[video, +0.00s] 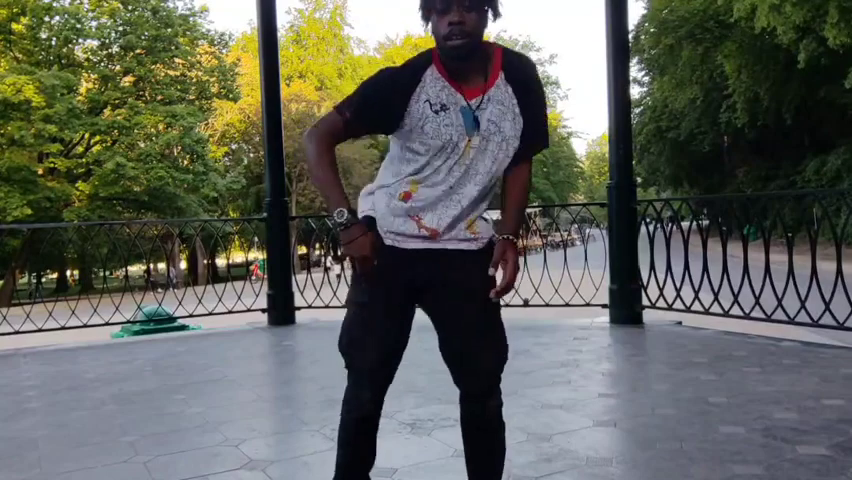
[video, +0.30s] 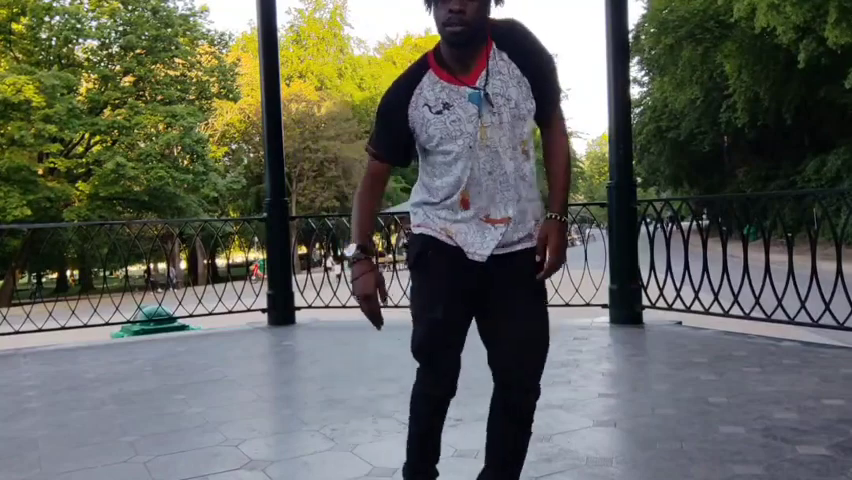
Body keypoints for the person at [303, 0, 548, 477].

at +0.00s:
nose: (454, 19)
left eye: (466, 8)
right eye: (442, 10)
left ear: (486, 14)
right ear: (428, 19)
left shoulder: (517, 75)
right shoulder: (404, 81)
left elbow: (519, 159)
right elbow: (317, 137)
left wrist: (509, 235)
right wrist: (345, 222)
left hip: (464, 258)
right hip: (388, 254)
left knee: (482, 392)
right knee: (364, 395)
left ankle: (487, 478)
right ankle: (350, 479)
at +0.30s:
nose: (455, 10)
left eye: (466, 0)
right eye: (443, 2)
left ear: (487, 6)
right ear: (431, 10)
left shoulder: (516, 45)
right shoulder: (407, 93)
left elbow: (554, 128)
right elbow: (374, 176)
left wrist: (556, 215)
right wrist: (362, 254)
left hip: (516, 250)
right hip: (441, 250)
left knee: (520, 387)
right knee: (436, 379)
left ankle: (499, 476)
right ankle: (419, 473)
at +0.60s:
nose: (466, 11)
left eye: (478, 2)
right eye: (454, 1)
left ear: (493, 9)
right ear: (436, 8)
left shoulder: (521, 61)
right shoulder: (416, 67)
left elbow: (571, 130)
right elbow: (406, 152)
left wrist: (619, 199)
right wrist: (407, 230)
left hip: (490, 243)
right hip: (430, 246)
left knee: (500, 377)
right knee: (436, 377)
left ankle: (570, 468)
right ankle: (448, 472)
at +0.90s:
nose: (422, 24)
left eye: (436, 13)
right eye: (410, 13)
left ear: (453, 21)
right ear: (393, 19)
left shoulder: (480, 93)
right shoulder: (374, 57)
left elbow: (512, 181)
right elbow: (354, 113)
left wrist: (540, 273)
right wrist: (348, 191)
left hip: (476, 257)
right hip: (398, 254)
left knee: (517, 368)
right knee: (372, 358)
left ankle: (549, 471)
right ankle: (425, 469)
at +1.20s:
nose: (381, 32)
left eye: (393, 22)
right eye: (369, 24)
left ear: (413, 29)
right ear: (359, 34)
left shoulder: (444, 82)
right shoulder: (353, 91)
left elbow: (427, 178)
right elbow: (323, 144)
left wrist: (337, 228)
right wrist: (287, 176)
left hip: (451, 259)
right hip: (379, 256)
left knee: (451, 362)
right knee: (356, 363)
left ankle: (435, 434)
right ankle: (399, 468)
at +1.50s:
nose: (388, 34)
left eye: (399, 24)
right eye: (377, 26)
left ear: (416, 29)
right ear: (364, 35)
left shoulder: (440, 66)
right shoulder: (353, 113)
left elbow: (471, 132)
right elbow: (340, 192)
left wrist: (405, 183)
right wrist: (282, 245)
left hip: (422, 237)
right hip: (354, 243)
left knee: (424, 338)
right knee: (354, 358)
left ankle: (407, 370)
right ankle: (399, 468)